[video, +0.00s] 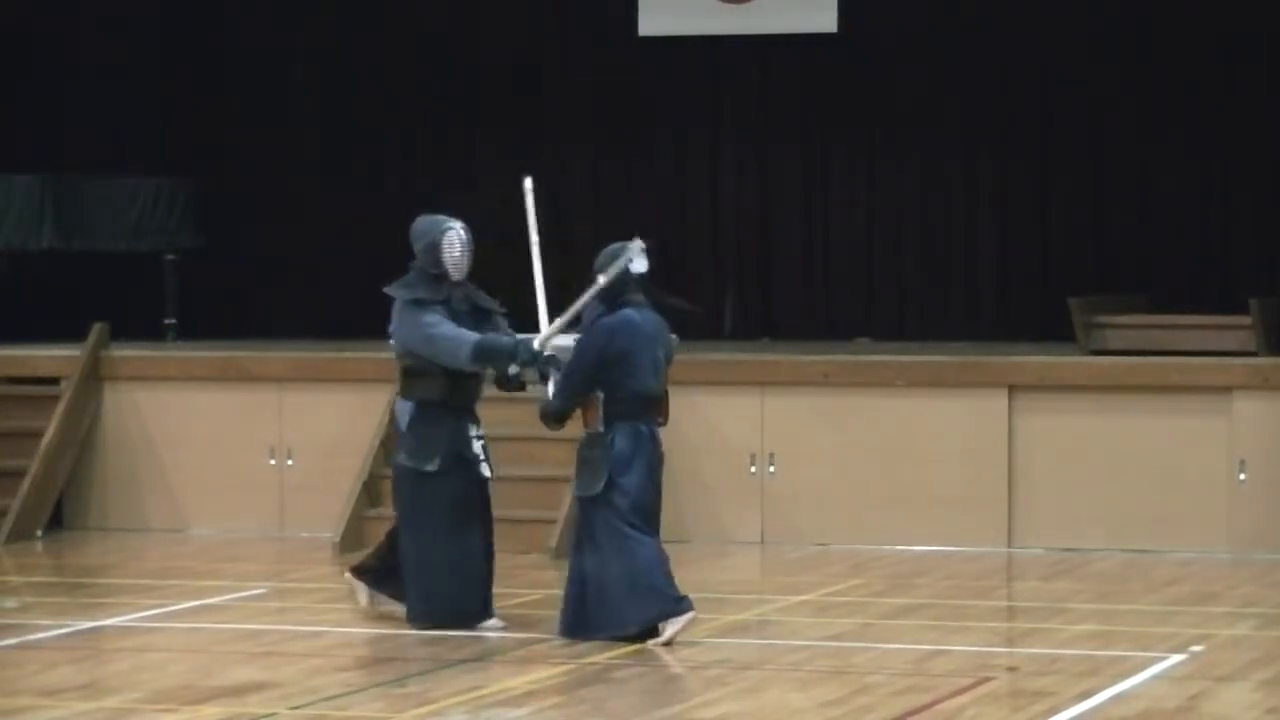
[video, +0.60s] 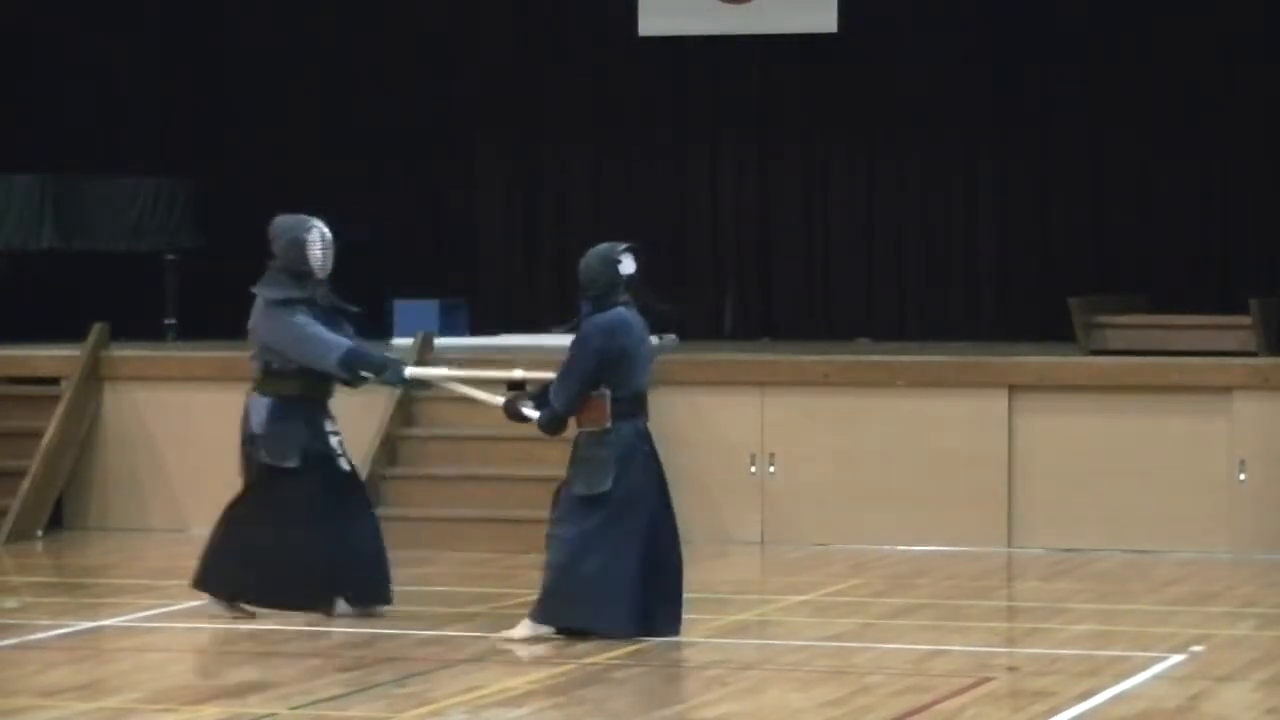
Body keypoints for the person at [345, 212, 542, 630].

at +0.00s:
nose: (459, 256)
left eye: (462, 247)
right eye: (449, 248)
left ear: (468, 251)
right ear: (427, 253)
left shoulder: (472, 301)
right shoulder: (413, 310)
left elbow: (500, 361)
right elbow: (463, 348)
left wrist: (537, 363)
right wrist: (533, 346)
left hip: (462, 418)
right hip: (426, 419)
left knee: (469, 511)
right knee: (436, 512)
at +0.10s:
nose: (439, 265)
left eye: (441, 256)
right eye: (430, 258)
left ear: (444, 258)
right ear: (408, 262)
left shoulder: (444, 308)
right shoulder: (394, 319)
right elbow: (443, 356)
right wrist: (516, 350)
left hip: (444, 422)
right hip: (412, 425)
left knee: (451, 511)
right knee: (430, 515)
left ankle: (377, 582)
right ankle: (454, 612)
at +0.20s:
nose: (412, 266)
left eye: (415, 256)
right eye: (402, 258)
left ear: (419, 259)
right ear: (380, 262)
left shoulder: (419, 308)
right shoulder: (367, 319)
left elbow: (452, 342)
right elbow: (410, 359)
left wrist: (485, 362)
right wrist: (462, 369)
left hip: (421, 420)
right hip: (385, 423)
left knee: (431, 511)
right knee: (425, 515)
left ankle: (369, 586)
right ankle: (458, 608)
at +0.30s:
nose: (387, 263)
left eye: (392, 253)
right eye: (378, 254)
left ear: (397, 257)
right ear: (357, 258)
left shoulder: (398, 311)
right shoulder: (342, 317)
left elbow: (424, 351)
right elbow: (379, 356)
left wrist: (442, 374)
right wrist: (430, 371)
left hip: (395, 417)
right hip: (358, 420)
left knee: (391, 511)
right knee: (404, 510)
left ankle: (355, 594)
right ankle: (431, 602)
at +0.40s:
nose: (366, 259)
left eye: (369, 250)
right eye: (357, 251)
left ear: (373, 253)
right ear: (335, 255)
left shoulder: (369, 304)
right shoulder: (318, 313)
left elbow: (394, 344)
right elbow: (355, 352)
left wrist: (422, 362)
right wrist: (408, 370)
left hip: (368, 414)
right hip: (333, 416)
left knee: (386, 504)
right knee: (354, 508)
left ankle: (394, 597)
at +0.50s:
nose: (345, 256)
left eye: (347, 247)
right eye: (336, 248)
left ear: (349, 250)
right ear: (313, 251)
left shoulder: (345, 302)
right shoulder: (296, 309)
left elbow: (370, 346)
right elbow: (339, 351)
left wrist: (405, 363)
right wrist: (401, 369)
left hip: (343, 411)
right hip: (306, 412)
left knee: (364, 501)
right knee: (320, 501)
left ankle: (357, 593)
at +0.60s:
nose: (322, 258)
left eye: (324, 249)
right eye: (313, 249)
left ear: (327, 252)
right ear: (289, 252)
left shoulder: (315, 301)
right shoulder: (274, 308)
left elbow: (339, 345)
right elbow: (315, 346)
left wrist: (382, 360)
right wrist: (372, 366)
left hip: (310, 411)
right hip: (275, 412)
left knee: (345, 497)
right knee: (269, 497)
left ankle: (350, 589)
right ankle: (225, 581)